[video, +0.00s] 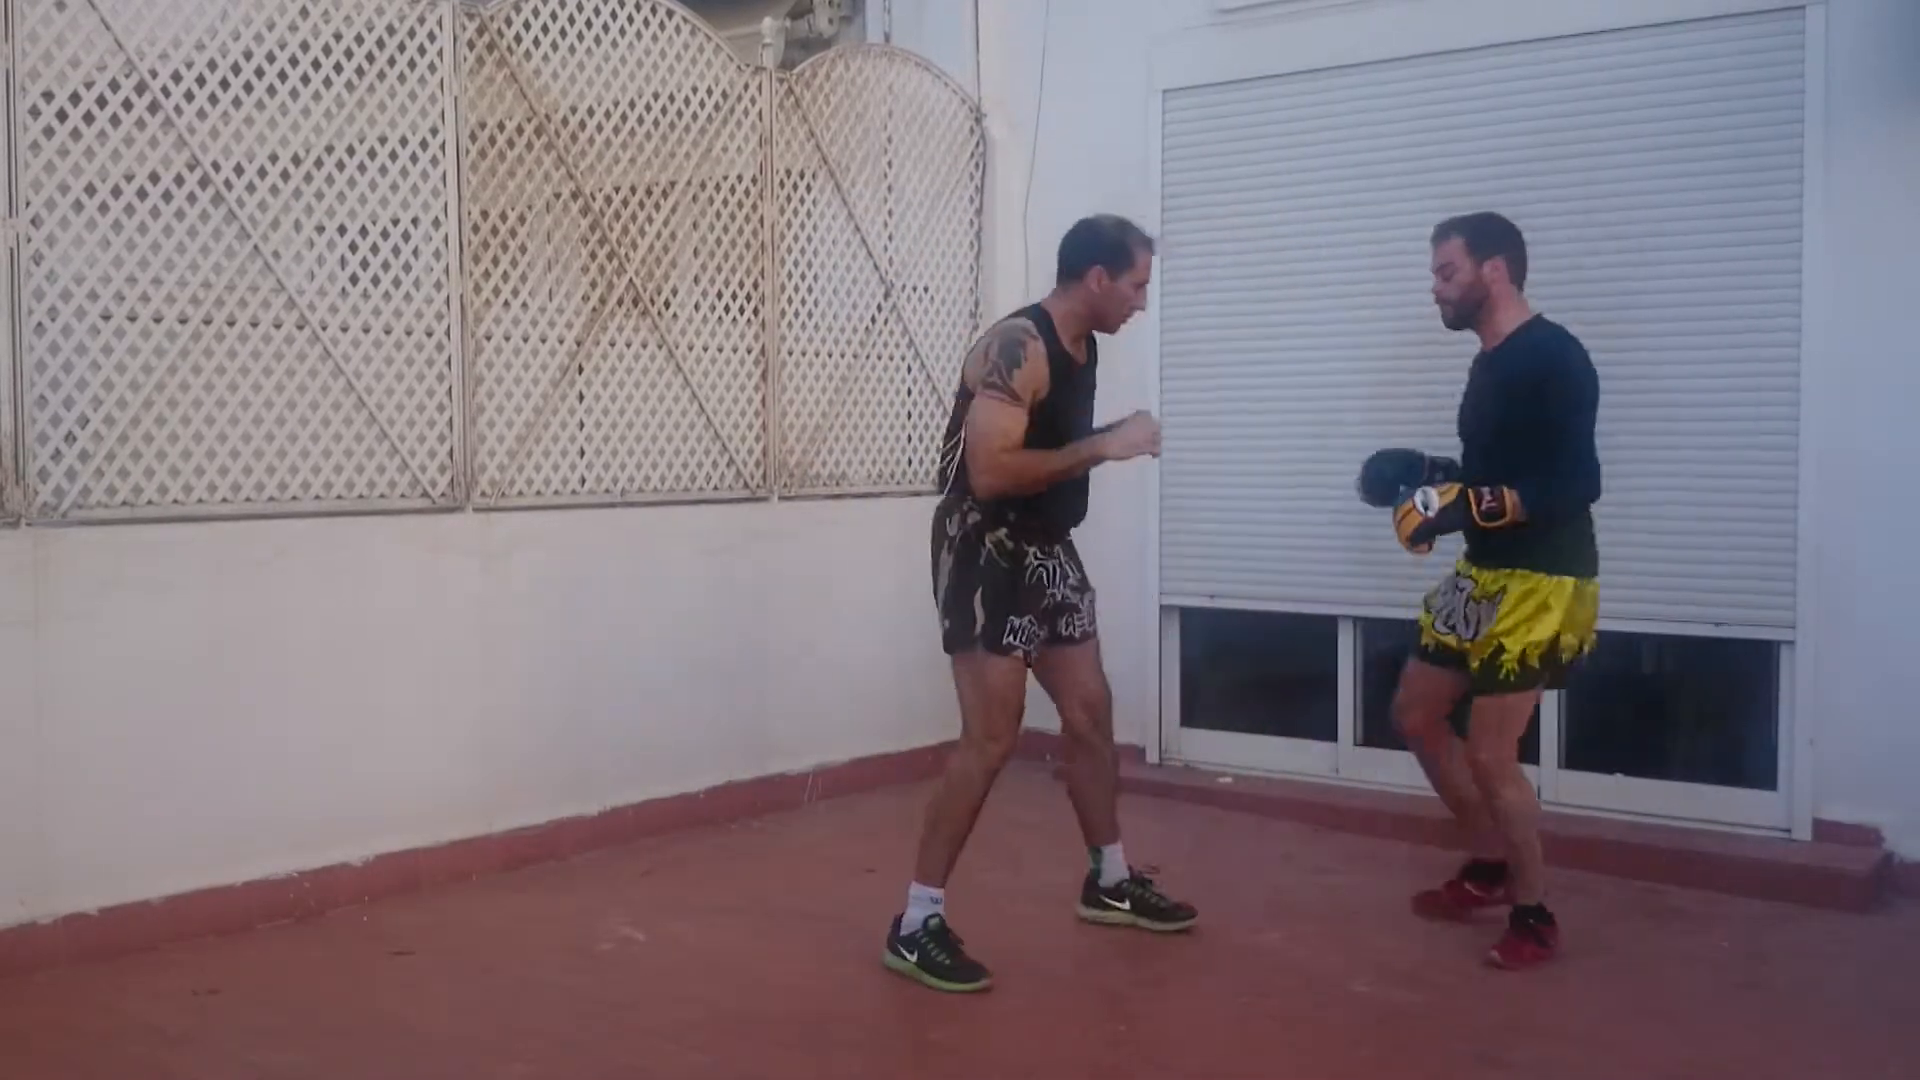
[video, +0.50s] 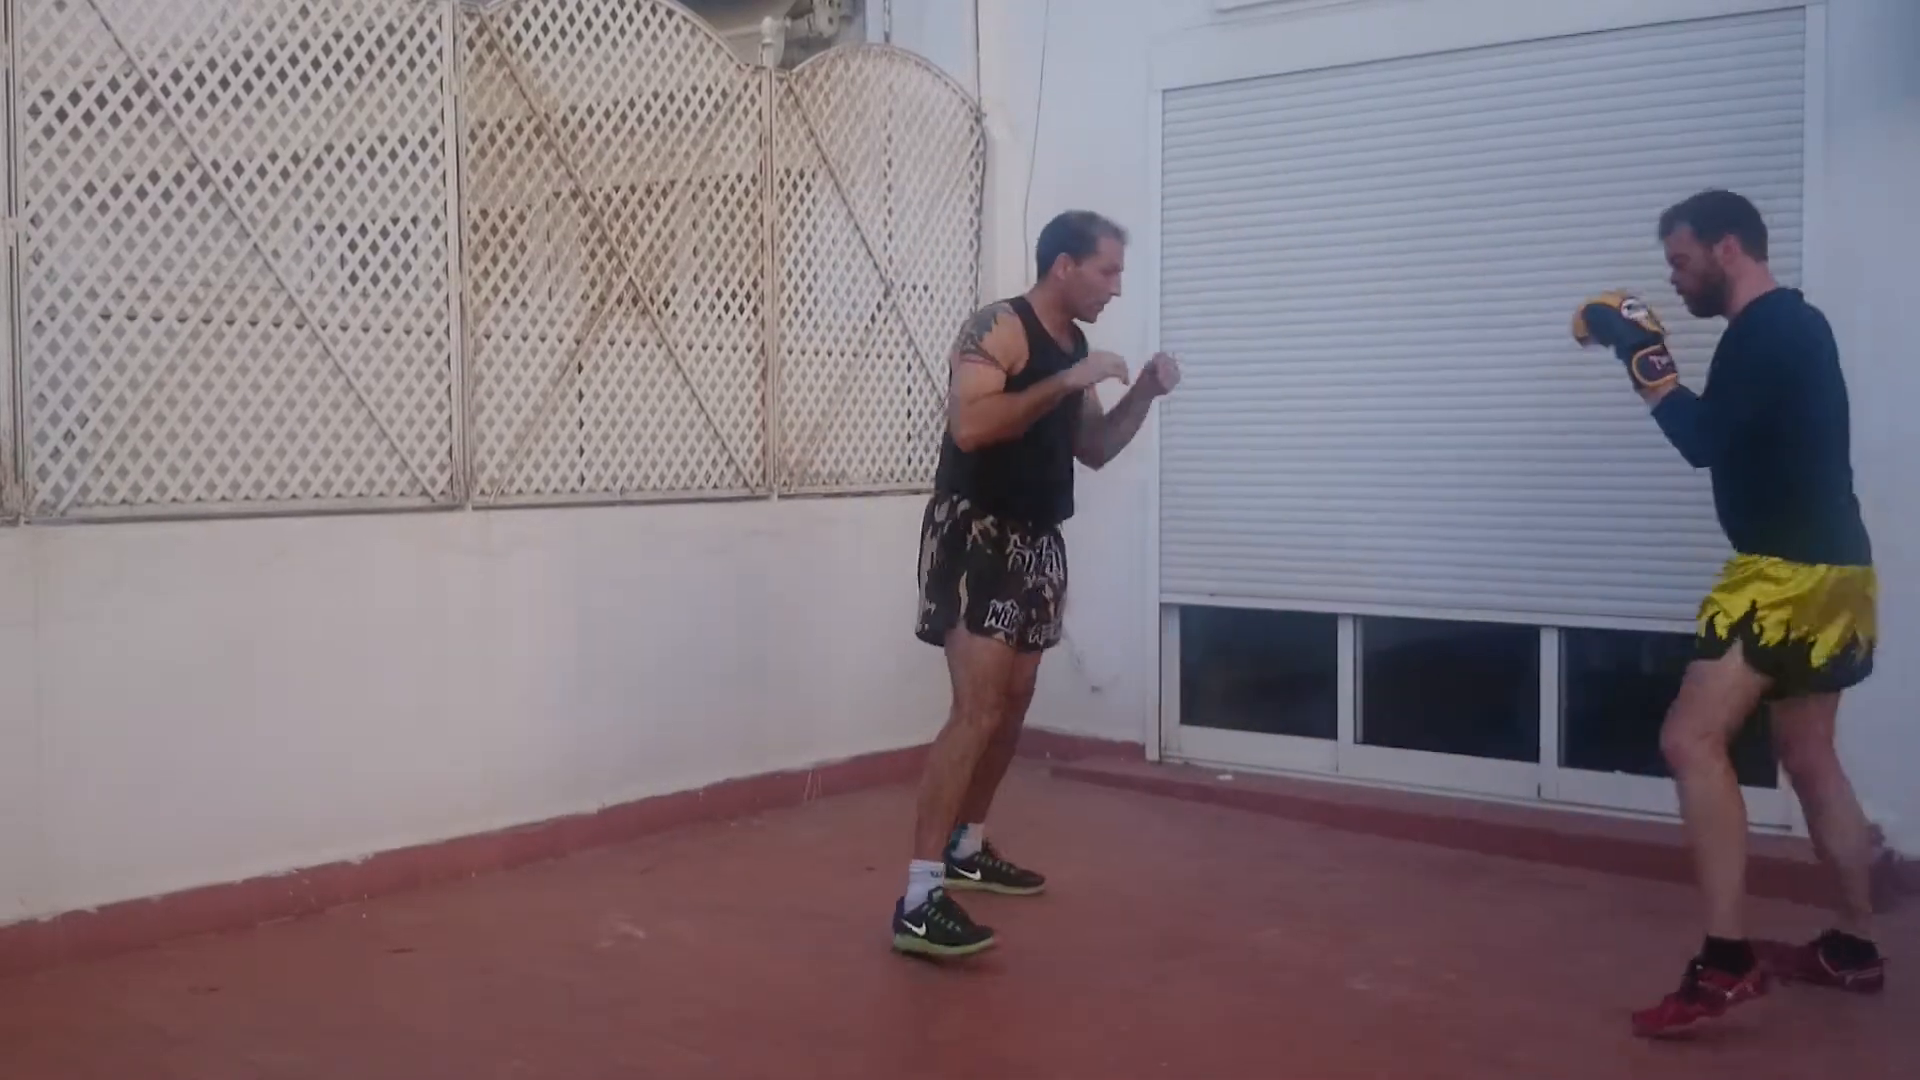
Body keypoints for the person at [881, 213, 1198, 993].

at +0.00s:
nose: (1142, 302)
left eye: (1144, 287)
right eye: (1137, 286)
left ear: (1098, 279)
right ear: (1094, 278)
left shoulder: (1077, 347)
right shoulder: (1013, 348)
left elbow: (1028, 455)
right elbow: (990, 473)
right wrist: (1102, 446)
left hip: (1045, 545)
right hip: (982, 547)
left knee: (1089, 711)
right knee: (990, 734)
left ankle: (1109, 878)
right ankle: (916, 922)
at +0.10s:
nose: (1125, 292)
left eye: (1128, 278)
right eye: (1120, 277)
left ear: (1078, 271)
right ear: (1075, 270)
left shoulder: (1055, 340)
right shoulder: (1011, 341)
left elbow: (1021, 443)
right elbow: (991, 468)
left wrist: (1095, 433)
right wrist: (1096, 442)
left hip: (1029, 542)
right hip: (969, 543)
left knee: (1063, 705)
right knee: (971, 733)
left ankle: (1058, 866)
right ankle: (912, 922)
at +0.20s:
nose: (1113, 288)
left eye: (1115, 274)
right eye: (1106, 273)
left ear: (1067, 270)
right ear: (1062, 267)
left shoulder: (1045, 339)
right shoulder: (1000, 336)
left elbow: (1011, 445)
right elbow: (988, 462)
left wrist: (1082, 434)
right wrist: (1083, 434)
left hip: (1018, 541)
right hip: (960, 540)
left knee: (1045, 701)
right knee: (964, 731)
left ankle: (1010, 850)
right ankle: (909, 922)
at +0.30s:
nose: (1109, 289)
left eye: (1110, 275)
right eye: (1100, 274)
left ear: (1062, 274)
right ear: (1055, 271)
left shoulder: (1043, 345)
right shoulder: (994, 337)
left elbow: (1011, 445)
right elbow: (975, 456)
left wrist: (1080, 432)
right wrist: (1076, 426)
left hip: (1016, 552)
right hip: (960, 549)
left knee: (1026, 707)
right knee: (961, 725)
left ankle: (972, 841)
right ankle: (909, 922)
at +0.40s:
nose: (1111, 294)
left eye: (1113, 280)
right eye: (1102, 279)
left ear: (1068, 278)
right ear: (1057, 274)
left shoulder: (1054, 353)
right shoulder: (995, 337)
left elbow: (1042, 460)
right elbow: (962, 447)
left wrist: (1097, 429)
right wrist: (1067, 413)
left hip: (1022, 554)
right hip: (966, 549)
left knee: (1007, 712)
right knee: (960, 721)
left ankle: (961, 853)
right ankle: (909, 919)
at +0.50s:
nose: (1116, 288)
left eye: (1119, 275)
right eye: (1108, 273)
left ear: (1078, 272)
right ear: (1062, 267)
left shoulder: (1071, 348)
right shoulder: (997, 326)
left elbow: (1093, 448)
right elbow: (971, 425)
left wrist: (1145, 396)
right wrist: (1070, 380)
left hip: (1035, 541)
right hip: (976, 536)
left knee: (1008, 710)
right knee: (978, 711)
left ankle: (962, 847)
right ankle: (918, 898)